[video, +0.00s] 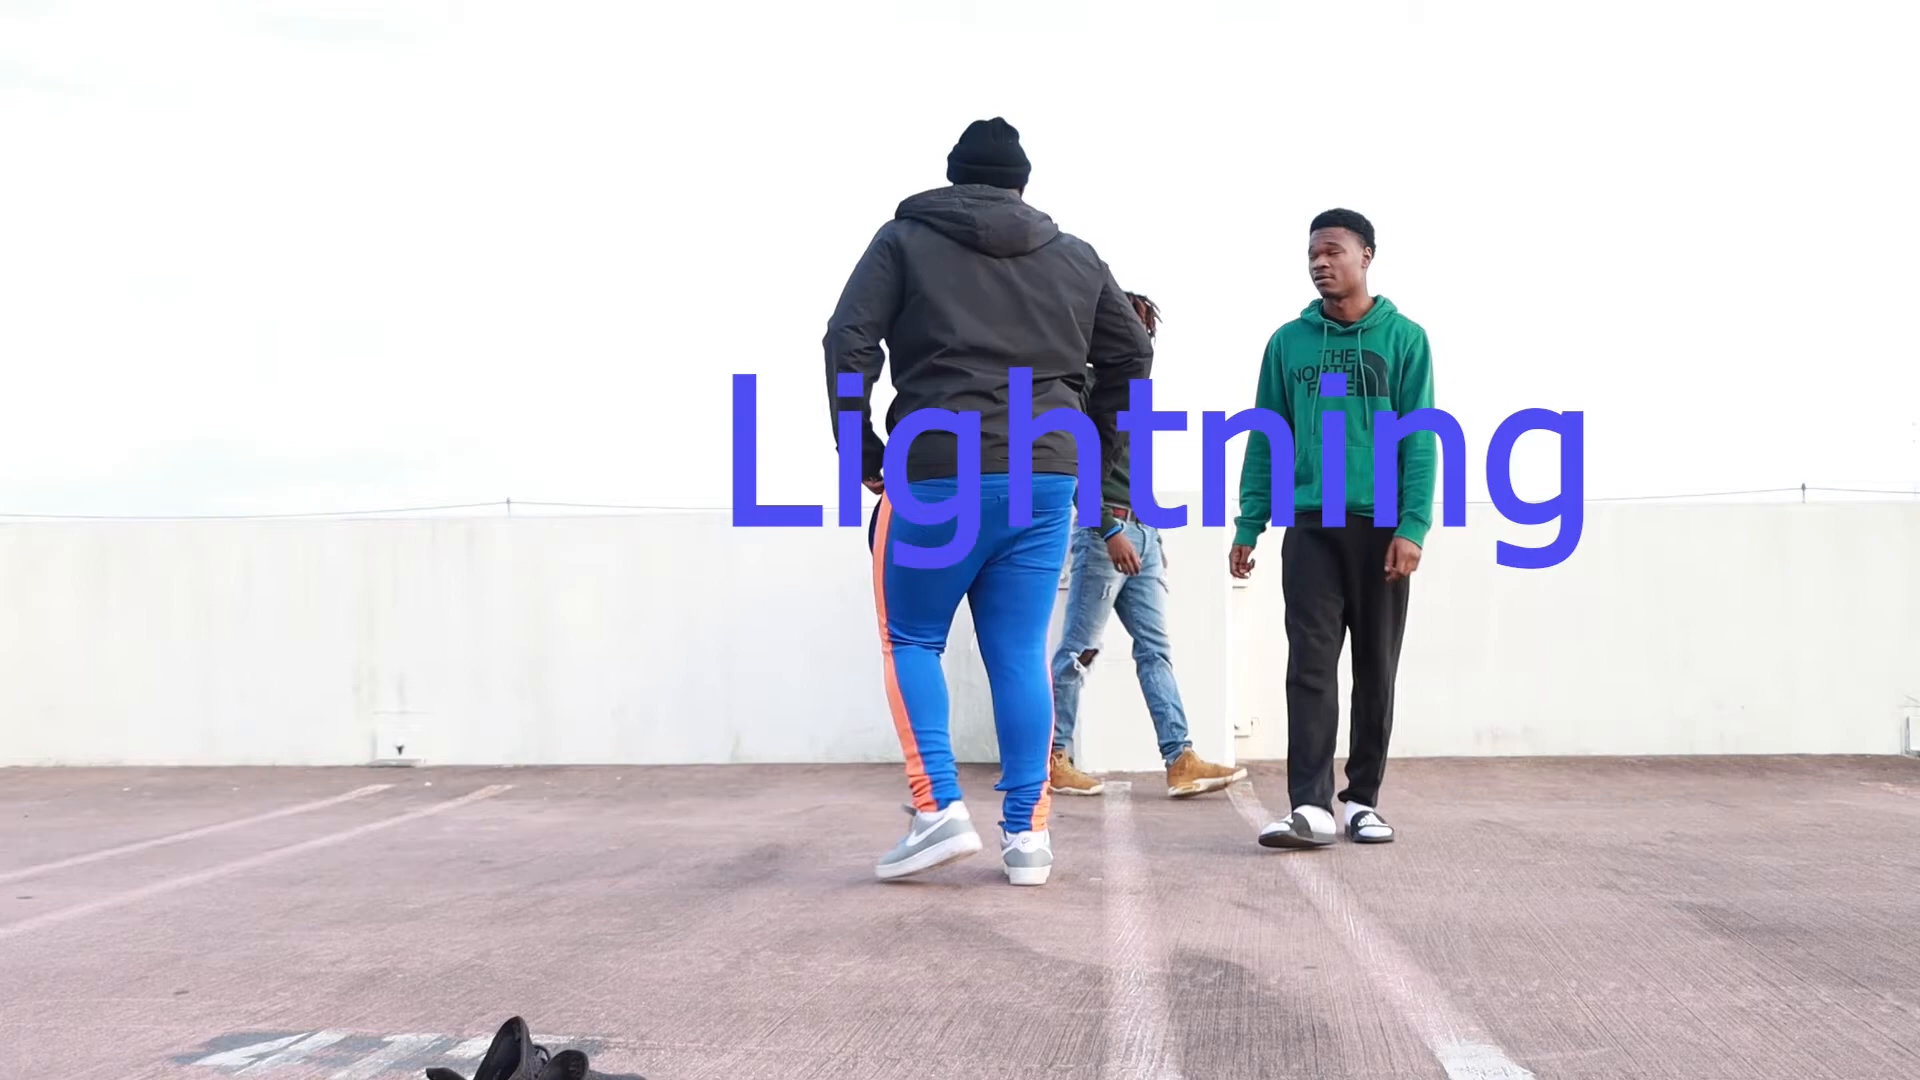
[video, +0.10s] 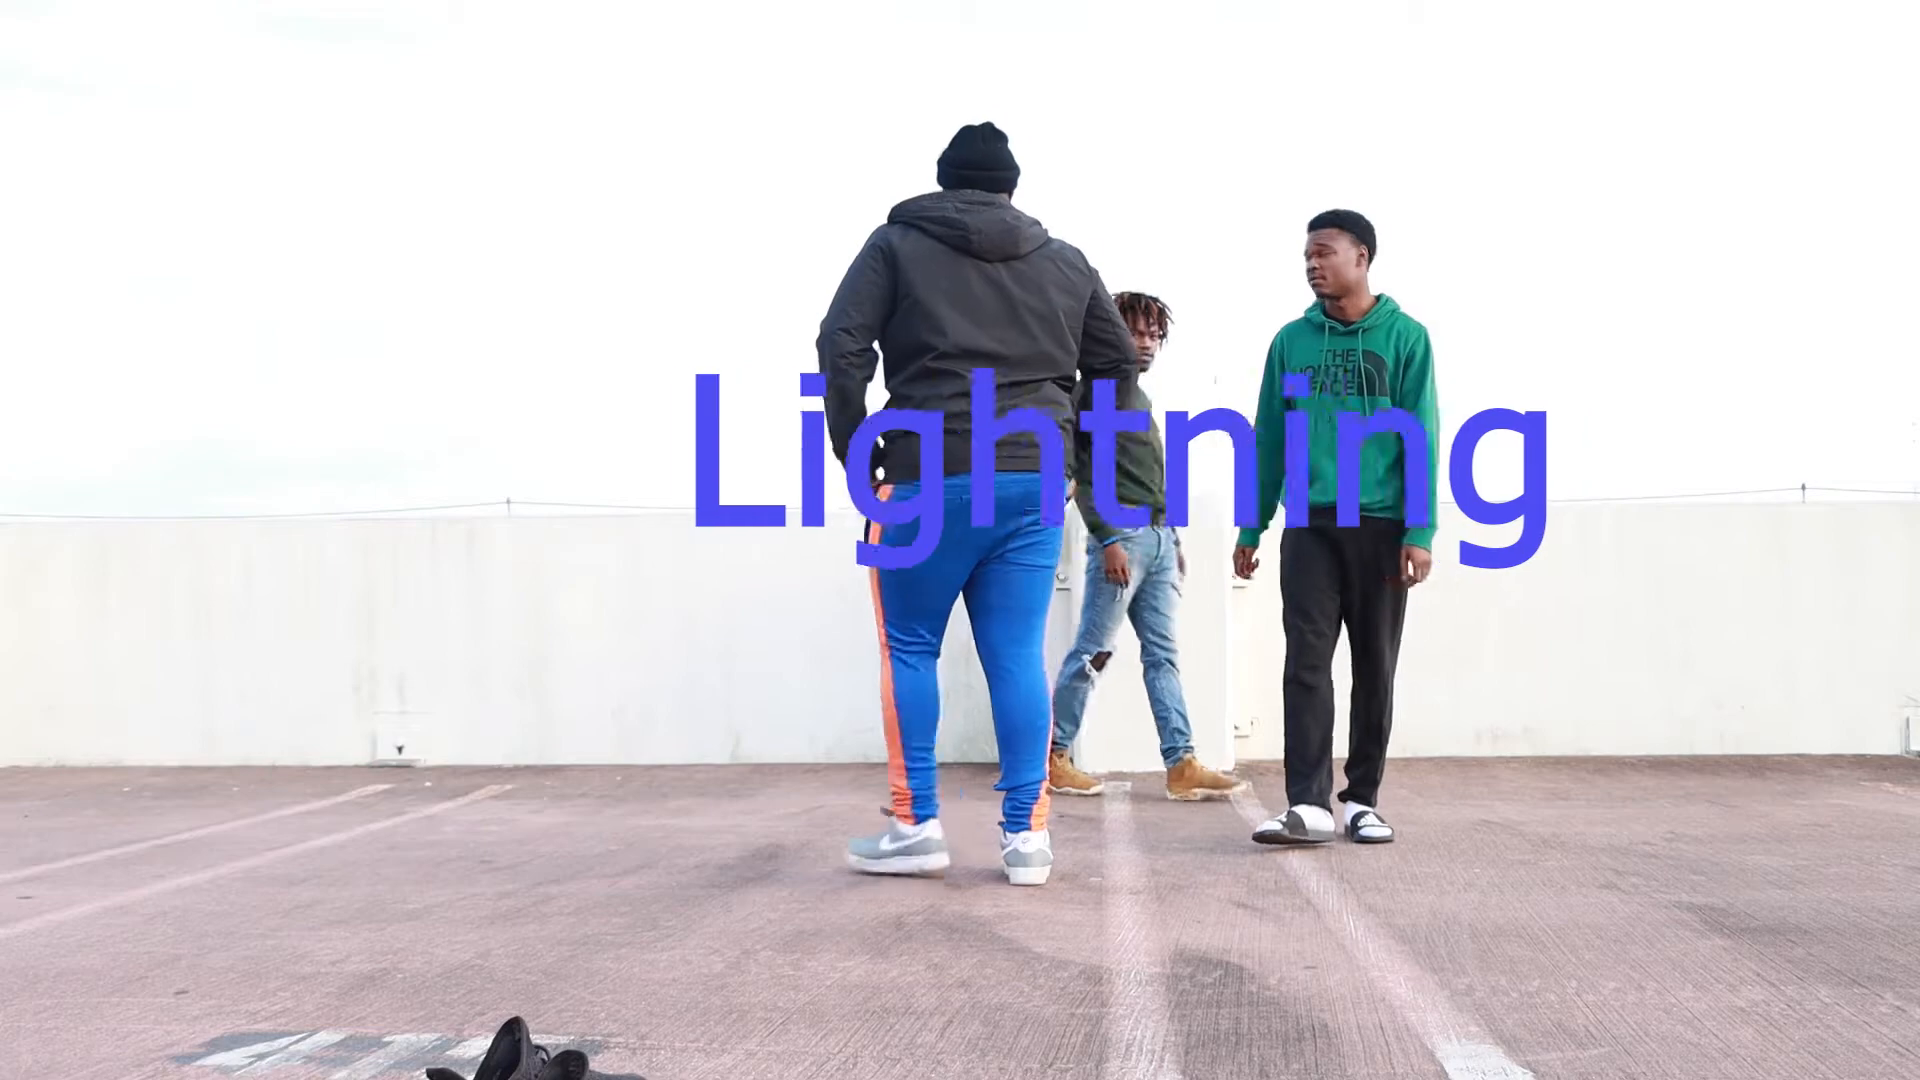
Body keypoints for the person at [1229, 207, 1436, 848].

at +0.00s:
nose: (1323, 262)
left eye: (1336, 251)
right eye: (1316, 254)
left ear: (1368, 259)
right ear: (1309, 265)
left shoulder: (1405, 339)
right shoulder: (1287, 342)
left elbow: (1420, 438)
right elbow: (1264, 440)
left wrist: (1412, 528)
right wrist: (1249, 527)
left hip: (1380, 528)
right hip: (1309, 527)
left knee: (1375, 672)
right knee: (1310, 666)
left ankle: (1360, 803)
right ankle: (1310, 806)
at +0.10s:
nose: (1313, 265)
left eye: (1325, 253)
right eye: (1309, 255)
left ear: (1364, 257)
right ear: (1308, 264)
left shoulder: (1406, 337)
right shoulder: (1290, 341)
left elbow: (1423, 439)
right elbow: (1268, 440)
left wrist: (1419, 534)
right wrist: (1251, 529)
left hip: (1382, 529)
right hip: (1309, 527)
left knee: (1372, 672)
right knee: (1306, 664)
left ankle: (1361, 803)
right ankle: (1308, 805)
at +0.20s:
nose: (1306, 266)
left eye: (1317, 254)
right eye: (1304, 256)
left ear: (1357, 259)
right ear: (1317, 265)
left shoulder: (1406, 337)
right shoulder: (1294, 341)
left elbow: (1426, 438)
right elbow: (1270, 439)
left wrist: (1425, 535)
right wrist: (1259, 528)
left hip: (1380, 527)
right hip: (1305, 526)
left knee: (1373, 669)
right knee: (1294, 658)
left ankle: (1362, 802)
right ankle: (1301, 804)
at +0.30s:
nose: (1304, 265)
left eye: (1315, 254)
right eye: (1302, 257)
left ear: (1355, 258)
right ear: (1314, 266)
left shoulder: (1405, 338)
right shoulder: (1293, 344)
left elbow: (1431, 439)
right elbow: (1274, 444)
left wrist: (1426, 530)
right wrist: (1265, 532)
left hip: (1376, 532)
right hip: (1300, 529)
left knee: (1373, 670)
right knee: (1282, 659)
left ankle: (1362, 802)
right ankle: (1292, 802)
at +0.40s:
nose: (1298, 265)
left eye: (1310, 254)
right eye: (1298, 256)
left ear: (1350, 260)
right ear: (1313, 268)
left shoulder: (1400, 338)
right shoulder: (1291, 345)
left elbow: (1432, 442)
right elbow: (1276, 444)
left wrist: (1404, 512)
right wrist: (1272, 529)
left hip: (1369, 532)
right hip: (1297, 530)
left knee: (1371, 670)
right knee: (1278, 656)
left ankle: (1361, 801)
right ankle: (1287, 796)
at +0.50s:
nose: (1294, 268)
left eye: (1305, 257)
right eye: (1293, 260)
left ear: (1344, 263)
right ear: (1306, 271)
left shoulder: (1392, 337)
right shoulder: (1287, 348)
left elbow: (1428, 428)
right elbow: (1277, 435)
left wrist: (1367, 465)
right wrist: (1272, 488)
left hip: (1360, 528)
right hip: (1293, 527)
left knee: (1367, 663)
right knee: (1277, 651)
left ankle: (1361, 801)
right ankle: (1290, 790)